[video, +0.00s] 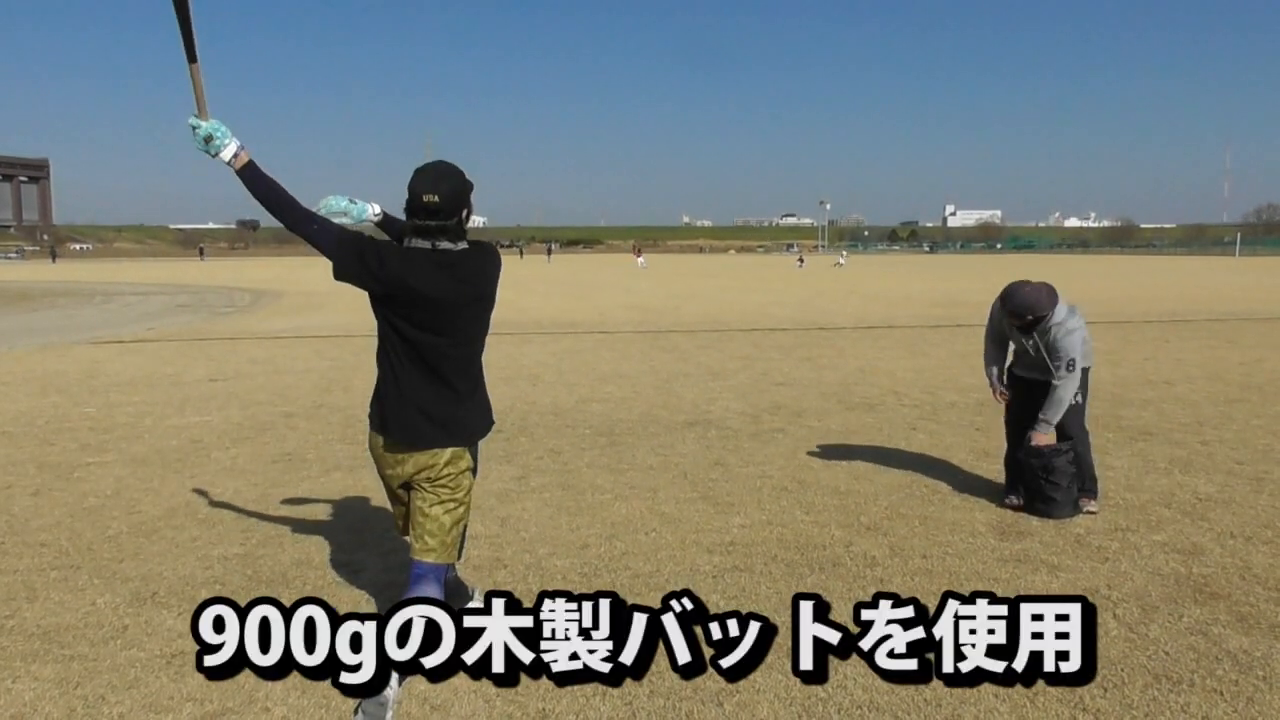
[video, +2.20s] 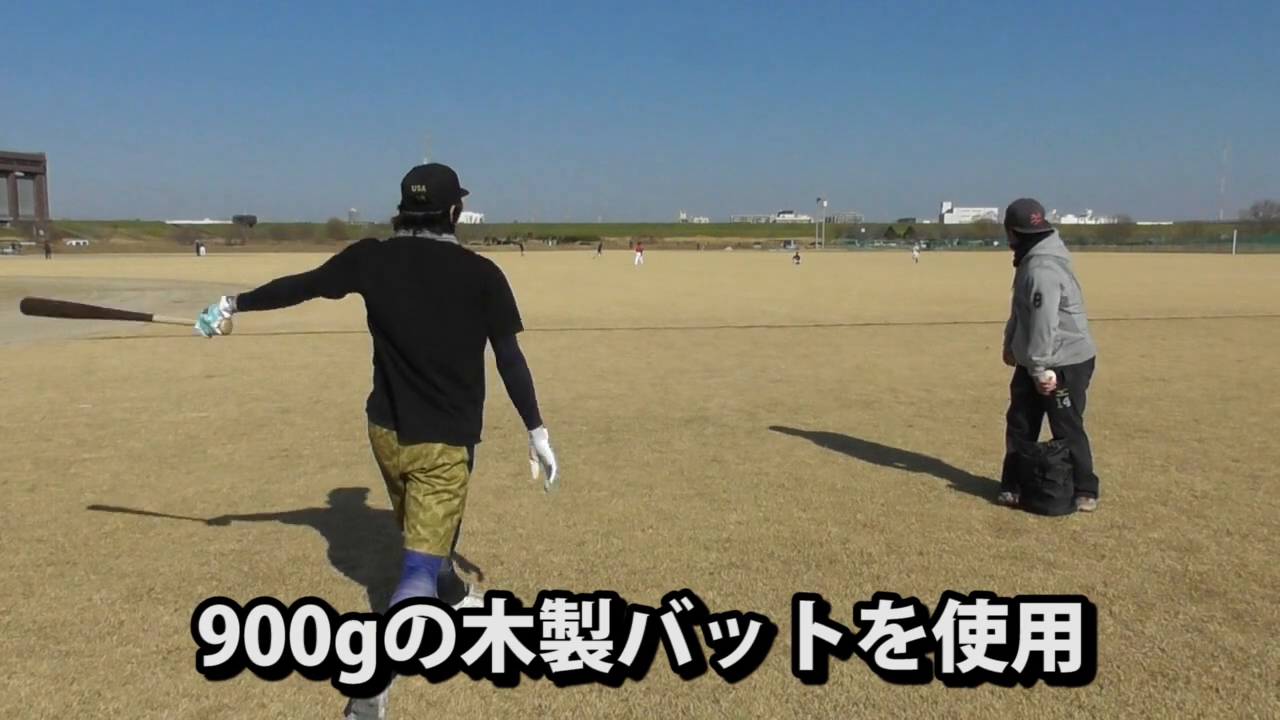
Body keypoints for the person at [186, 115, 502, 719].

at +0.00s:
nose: (461, 212)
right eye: (465, 205)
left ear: (410, 211)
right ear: (465, 215)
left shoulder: (385, 261)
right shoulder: (485, 263)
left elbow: (301, 218)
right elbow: (436, 242)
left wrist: (237, 157)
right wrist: (378, 216)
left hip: (388, 435)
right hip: (451, 438)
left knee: (424, 536)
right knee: (429, 570)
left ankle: (464, 603)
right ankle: (383, 689)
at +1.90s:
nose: (459, 208)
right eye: (457, 202)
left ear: (399, 206)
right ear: (451, 210)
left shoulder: (373, 257)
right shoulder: (478, 263)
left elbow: (292, 233)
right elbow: (489, 303)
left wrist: (215, 198)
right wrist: (438, 256)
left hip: (384, 433)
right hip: (445, 437)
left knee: (421, 539)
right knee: (419, 568)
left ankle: (454, 601)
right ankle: (373, 692)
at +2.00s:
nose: (460, 207)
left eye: (453, 199)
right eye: (457, 201)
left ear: (400, 206)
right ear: (451, 209)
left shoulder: (374, 257)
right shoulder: (480, 265)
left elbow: (294, 245)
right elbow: (495, 317)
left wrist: (215, 224)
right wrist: (445, 287)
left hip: (385, 434)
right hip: (445, 438)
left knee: (422, 536)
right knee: (420, 569)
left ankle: (454, 598)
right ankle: (373, 689)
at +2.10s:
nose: (462, 209)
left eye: (456, 200)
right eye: (459, 203)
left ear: (402, 206)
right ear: (452, 209)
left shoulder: (373, 257)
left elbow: (293, 264)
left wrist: (216, 261)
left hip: (384, 431)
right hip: (446, 439)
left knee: (422, 531)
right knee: (422, 565)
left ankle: (458, 598)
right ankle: (372, 690)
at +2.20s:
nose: (461, 213)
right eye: (460, 207)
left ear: (403, 209)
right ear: (453, 212)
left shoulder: (372, 257)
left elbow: (305, 284)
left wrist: (234, 303)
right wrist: (537, 430)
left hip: (386, 432)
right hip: (446, 440)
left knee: (421, 534)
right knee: (419, 567)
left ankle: (452, 597)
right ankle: (372, 691)